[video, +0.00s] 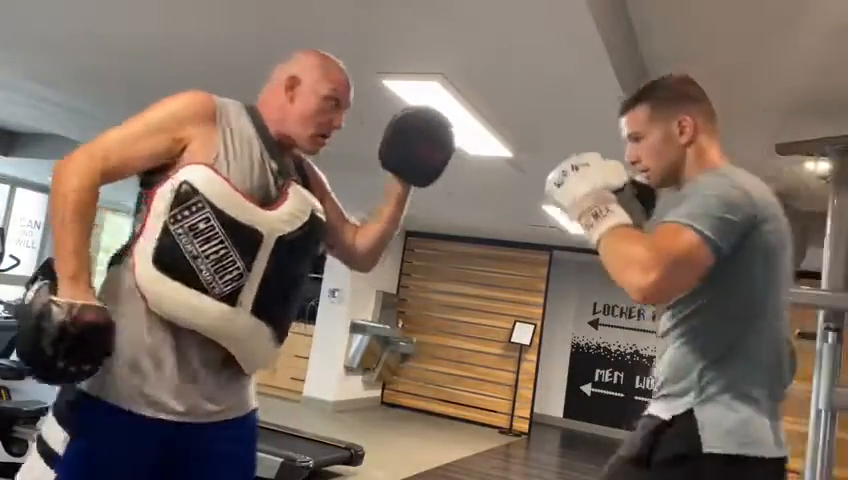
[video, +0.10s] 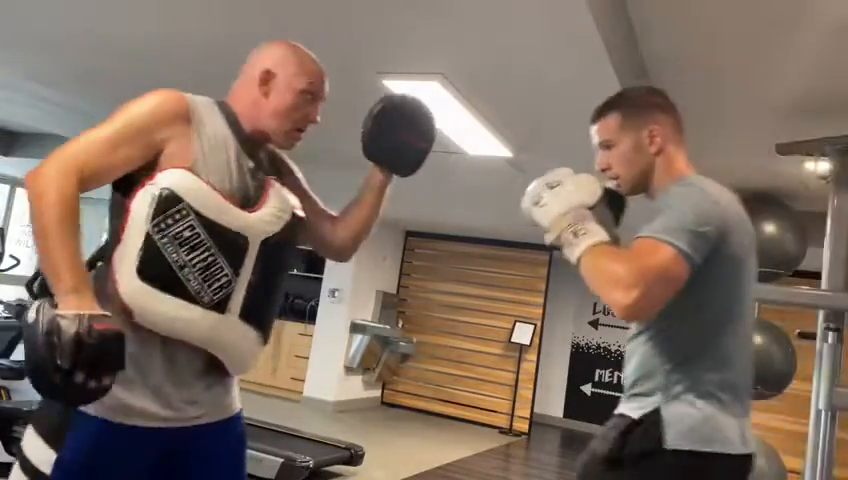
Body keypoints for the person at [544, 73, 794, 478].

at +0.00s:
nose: (630, 157)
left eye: (638, 139)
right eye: (628, 143)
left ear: (684, 129)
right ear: (685, 130)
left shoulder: (728, 190)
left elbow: (649, 276)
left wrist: (594, 210)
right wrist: (629, 219)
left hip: (715, 439)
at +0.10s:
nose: (600, 164)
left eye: (608, 146)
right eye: (599, 151)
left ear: (653, 138)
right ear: (654, 139)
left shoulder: (699, 200)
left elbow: (631, 292)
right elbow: (636, 287)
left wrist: (574, 226)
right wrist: (593, 230)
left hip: (680, 439)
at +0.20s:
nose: (564, 173)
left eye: (571, 156)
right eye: (562, 160)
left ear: (614, 149)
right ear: (615, 150)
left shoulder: (661, 210)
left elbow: (595, 302)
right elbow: (606, 292)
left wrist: (539, 238)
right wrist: (569, 240)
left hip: (649, 436)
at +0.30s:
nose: (536, 180)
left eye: (541, 164)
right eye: (533, 168)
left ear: (582, 154)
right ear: (584, 156)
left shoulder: (629, 210)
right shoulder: (637, 209)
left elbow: (552, 296)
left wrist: (509, 227)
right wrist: (542, 231)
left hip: (620, 425)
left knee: (536, 468)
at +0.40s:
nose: (526, 176)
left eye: (529, 163)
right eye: (523, 166)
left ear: (567, 149)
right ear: (568, 150)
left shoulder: (604, 202)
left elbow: (520, 270)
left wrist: (493, 201)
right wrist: (523, 209)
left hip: (600, 405)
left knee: (526, 471)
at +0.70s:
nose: (515, 187)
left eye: (519, 175)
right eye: (513, 178)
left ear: (555, 171)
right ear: (555, 172)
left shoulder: (590, 220)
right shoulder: (580, 222)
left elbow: (528, 274)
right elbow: (530, 272)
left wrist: (499, 219)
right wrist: (503, 222)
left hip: (574, 396)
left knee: (520, 473)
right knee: (525, 472)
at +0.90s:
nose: (527, 189)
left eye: (536, 178)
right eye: (526, 179)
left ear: (571, 180)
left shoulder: (602, 232)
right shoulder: (559, 238)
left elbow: (582, 287)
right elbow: (517, 301)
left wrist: (537, 235)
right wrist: (506, 253)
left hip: (575, 390)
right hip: (545, 387)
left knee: (539, 473)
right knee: (513, 472)